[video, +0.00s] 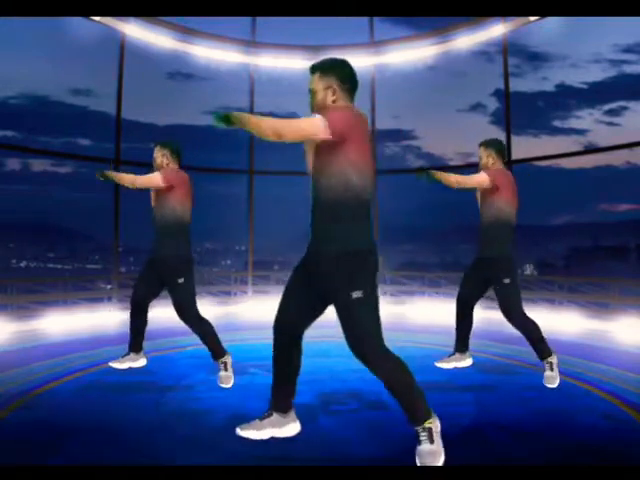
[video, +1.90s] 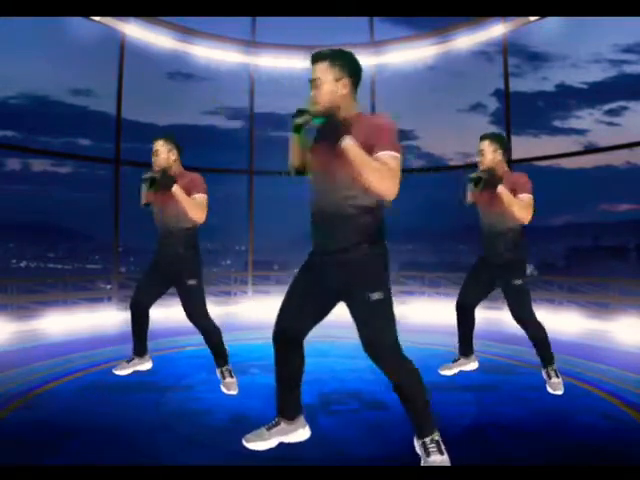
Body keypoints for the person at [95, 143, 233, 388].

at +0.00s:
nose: (156, 160)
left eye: (159, 155)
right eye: (155, 156)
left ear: (169, 158)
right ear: (162, 159)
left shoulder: (174, 176)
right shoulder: (167, 179)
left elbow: (136, 182)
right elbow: (138, 181)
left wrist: (111, 175)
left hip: (176, 257)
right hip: (162, 256)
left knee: (188, 313)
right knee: (139, 300)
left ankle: (222, 359)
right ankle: (135, 353)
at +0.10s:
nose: (154, 162)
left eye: (157, 157)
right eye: (153, 158)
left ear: (169, 159)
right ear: (158, 162)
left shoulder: (185, 179)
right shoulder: (161, 183)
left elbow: (174, 196)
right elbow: (156, 210)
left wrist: (152, 181)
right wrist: (151, 193)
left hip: (186, 259)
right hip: (165, 258)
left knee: (195, 312)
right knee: (143, 301)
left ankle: (220, 362)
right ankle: (136, 353)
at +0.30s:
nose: (162, 167)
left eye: (164, 162)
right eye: (160, 163)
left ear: (179, 160)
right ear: (162, 166)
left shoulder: (201, 181)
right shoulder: (167, 191)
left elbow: (206, 212)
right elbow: (152, 216)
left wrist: (182, 184)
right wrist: (144, 194)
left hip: (199, 260)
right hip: (172, 259)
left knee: (208, 316)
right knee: (148, 303)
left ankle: (222, 364)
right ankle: (136, 354)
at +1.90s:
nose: (155, 158)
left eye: (159, 153)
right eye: (153, 154)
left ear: (173, 155)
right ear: (154, 159)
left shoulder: (193, 180)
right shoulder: (157, 183)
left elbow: (199, 215)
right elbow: (145, 201)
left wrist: (174, 187)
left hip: (186, 255)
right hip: (165, 255)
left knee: (198, 315)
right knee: (139, 303)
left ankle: (224, 368)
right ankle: (141, 357)